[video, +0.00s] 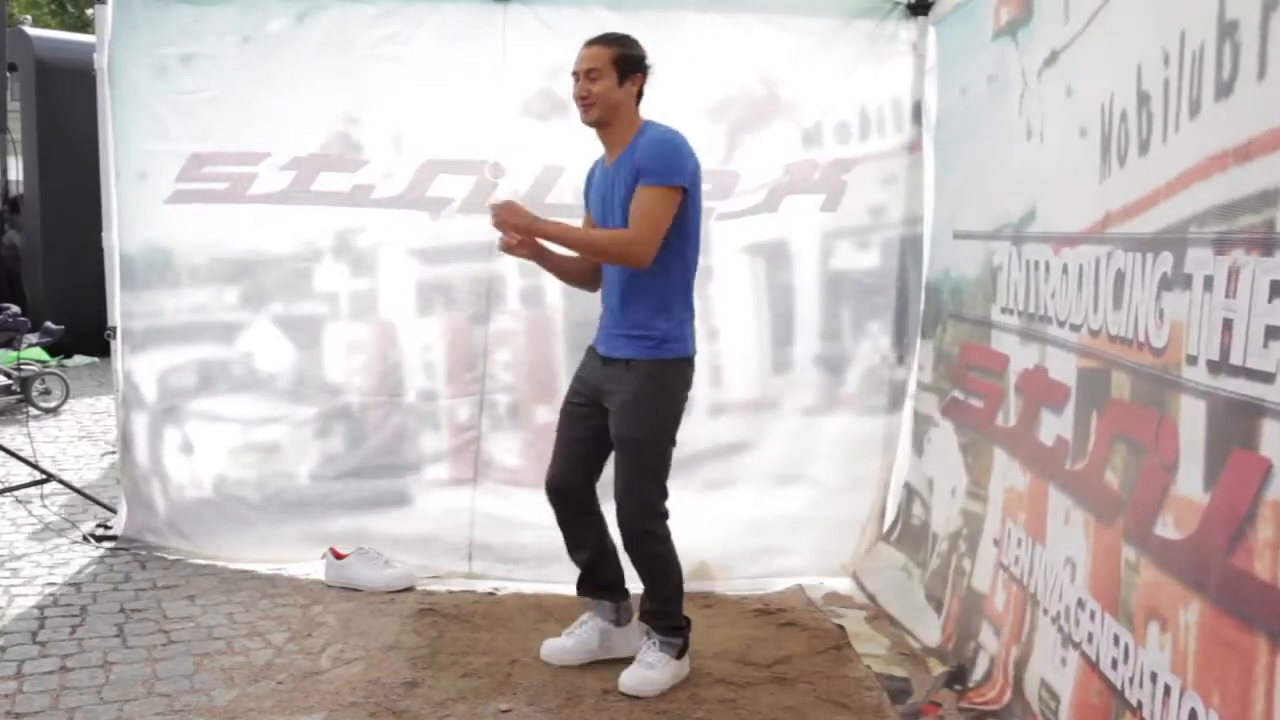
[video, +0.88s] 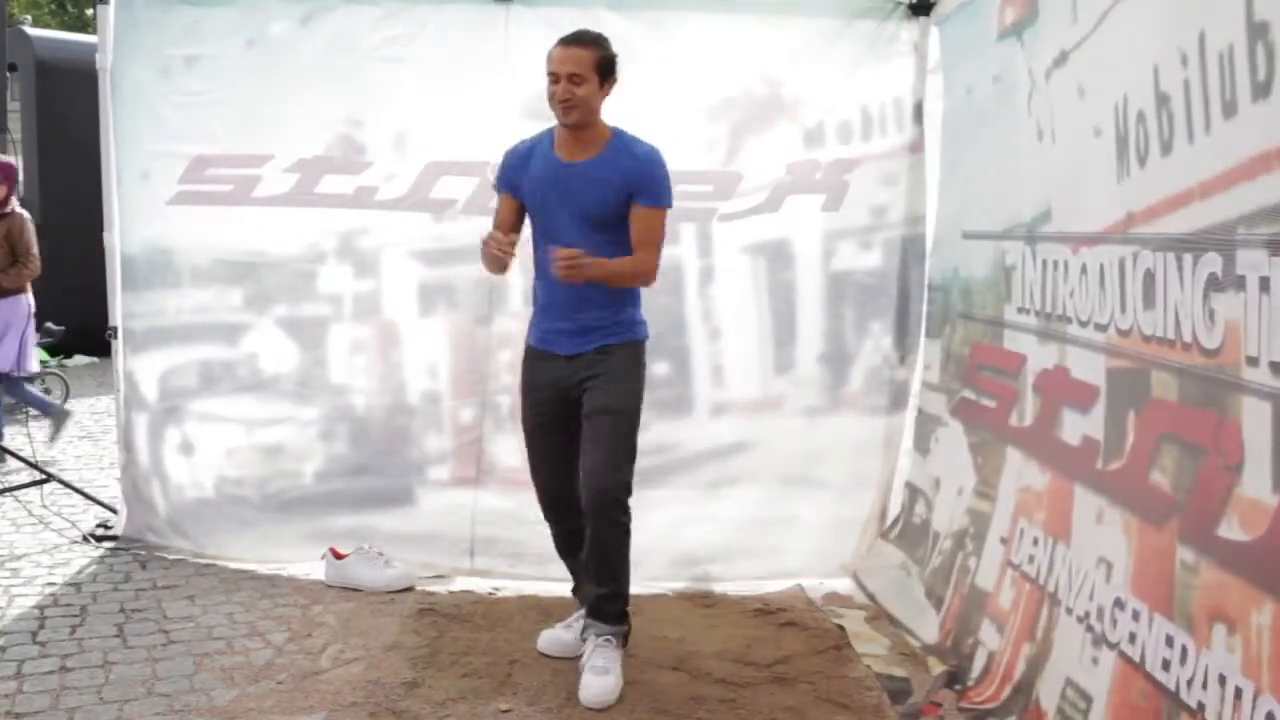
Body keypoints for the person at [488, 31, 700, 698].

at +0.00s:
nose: (580, 90)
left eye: (593, 78)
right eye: (576, 79)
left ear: (633, 85)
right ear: (577, 89)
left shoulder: (664, 149)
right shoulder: (599, 174)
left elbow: (639, 247)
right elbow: (590, 274)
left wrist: (542, 229)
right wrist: (536, 250)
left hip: (655, 363)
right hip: (604, 356)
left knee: (638, 504)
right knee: (568, 486)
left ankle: (669, 642)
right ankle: (610, 617)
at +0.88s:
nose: (563, 91)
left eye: (577, 81)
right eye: (555, 79)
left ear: (606, 87)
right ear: (546, 83)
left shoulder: (640, 163)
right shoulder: (524, 159)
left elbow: (645, 268)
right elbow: (498, 258)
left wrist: (595, 266)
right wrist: (497, 251)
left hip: (614, 351)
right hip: (546, 352)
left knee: (601, 493)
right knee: (557, 499)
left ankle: (606, 633)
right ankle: (595, 607)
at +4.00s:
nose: (502, 110)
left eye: (513, 95)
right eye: (491, 101)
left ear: (543, 94)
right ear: (485, 112)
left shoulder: (589, 117)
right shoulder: (528, 198)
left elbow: (678, 129)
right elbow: (484, 284)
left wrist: (634, 152)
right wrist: (439, 218)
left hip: (662, 306)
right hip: (609, 324)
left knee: (538, 354)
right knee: (588, 474)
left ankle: (577, 516)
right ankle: (615, 638)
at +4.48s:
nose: (537, 78)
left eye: (550, 66)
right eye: (524, 69)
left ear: (576, 74)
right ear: (514, 85)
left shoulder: (628, 114)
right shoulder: (540, 180)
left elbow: (721, 173)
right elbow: (520, 279)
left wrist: (660, 209)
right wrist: (475, 232)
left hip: (669, 313)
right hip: (615, 325)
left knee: (532, 370)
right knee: (607, 490)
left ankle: (568, 556)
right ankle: (640, 649)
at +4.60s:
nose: (548, 68)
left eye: (561, 54)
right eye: (536, 59)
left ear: (591, 59)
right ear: (529, 73)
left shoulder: (647, 117)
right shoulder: (549, 160)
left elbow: (677, 224)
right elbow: (558, 271)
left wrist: (574, 228)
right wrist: (547, 244)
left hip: (650, 332)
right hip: (590, 338)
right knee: (609, 488)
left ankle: (607, 653)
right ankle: (649, 633)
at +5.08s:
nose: (558, 68)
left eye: (571, 53)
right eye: (554, 55)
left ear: (615, 56)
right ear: (564, 63)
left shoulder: (648, 121)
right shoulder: (608, 139)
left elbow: (605, 213)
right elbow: (617, 246)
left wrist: (489, 216)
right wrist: (542, 243)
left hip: (638, 347)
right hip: (588, 329)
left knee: (626, 506)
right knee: (490, 426)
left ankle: (654, 645)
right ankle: (578, 522)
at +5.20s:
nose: (560, 98)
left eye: (572, 83)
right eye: (556, 86)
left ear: (615, 86)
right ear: (565, 92)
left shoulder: (642, 148)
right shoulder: (617, 162)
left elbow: (586, 232)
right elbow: (622, 272)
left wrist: (474, 242)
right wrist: (559, 243)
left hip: (635, 365)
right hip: (588, 350)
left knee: (617, 519)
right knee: (487, 435)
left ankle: (653, 652)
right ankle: (568, 529)